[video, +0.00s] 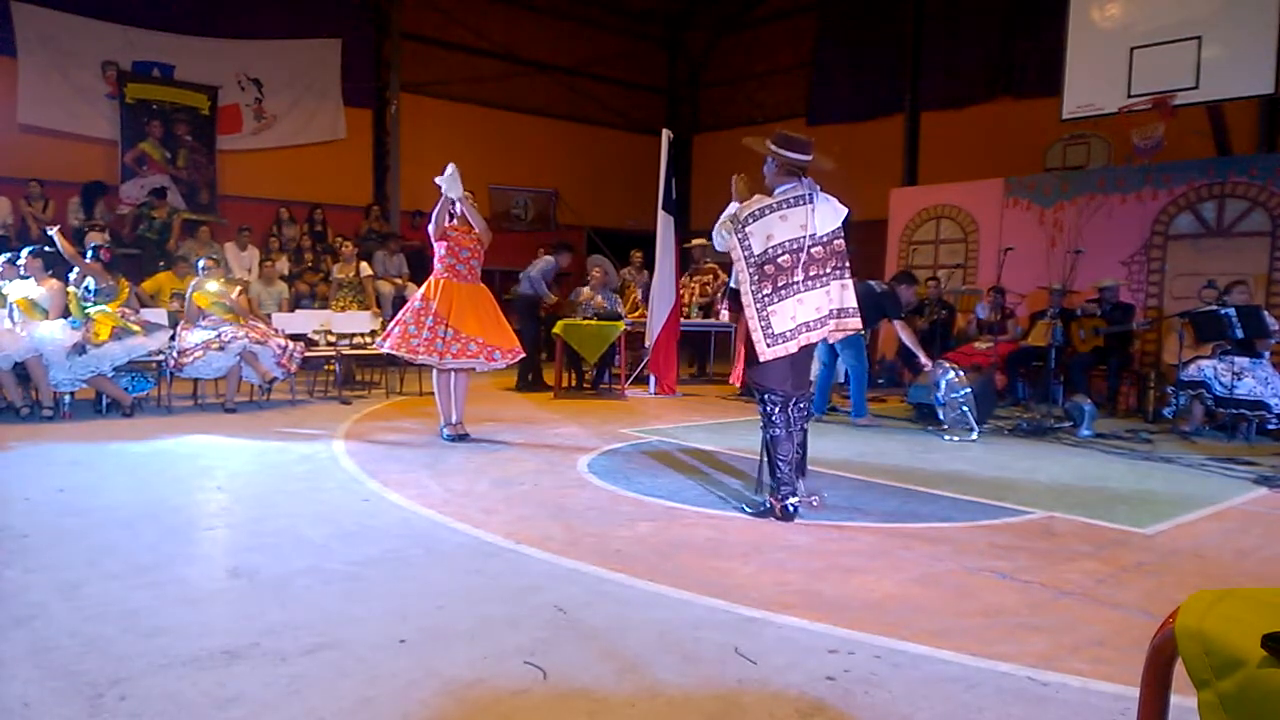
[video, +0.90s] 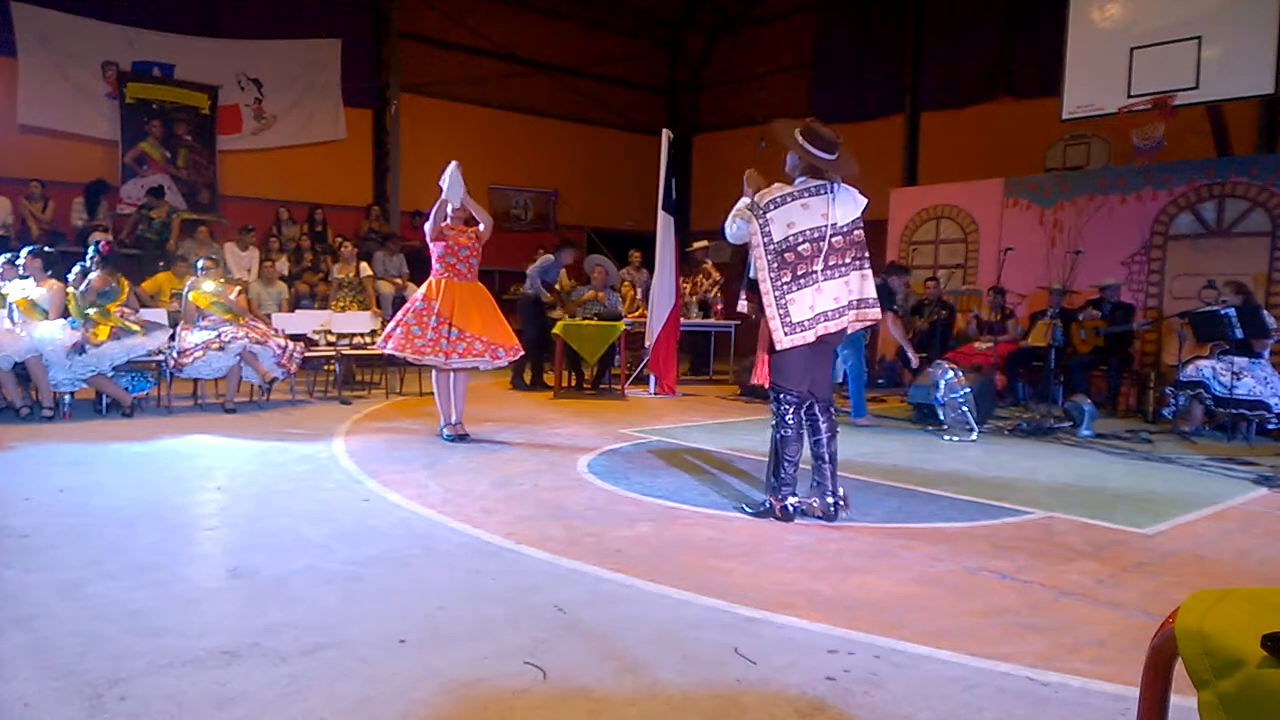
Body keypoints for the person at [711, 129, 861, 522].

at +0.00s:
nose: (763, 167)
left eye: (767, 162)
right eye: (767, 161)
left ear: (778, 167)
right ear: (803, 168)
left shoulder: (758, 210)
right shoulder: (828, 207)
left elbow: (720, 240)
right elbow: (834, 267)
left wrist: (738, 203)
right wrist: (834, 319)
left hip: (769, 320)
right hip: (809, 315)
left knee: (775, 407)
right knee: (798, 402)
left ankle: (783, 498)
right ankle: (795, 486)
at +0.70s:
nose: (775, 155)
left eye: (780, 152)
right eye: (780, 150)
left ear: (789, 159)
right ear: (817, 162)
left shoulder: (764, 202)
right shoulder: (836, 199)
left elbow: (726, 233)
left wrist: (745, 195)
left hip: (783, 316)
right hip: (826, 312)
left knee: (782, 399)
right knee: (810, 397)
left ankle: (781, 495)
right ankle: (826, 491)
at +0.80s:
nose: (781, 154)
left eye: (787, 151)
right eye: (786, 150)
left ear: (795, 160)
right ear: (822, 162)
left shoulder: (766, 203)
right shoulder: (840, 199)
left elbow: (728, 233)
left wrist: (746, 197)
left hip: (783, 318)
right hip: (828, 315)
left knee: (785, 404)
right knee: (817, 404)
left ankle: (782, 495)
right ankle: (828, 495)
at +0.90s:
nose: (787, 154)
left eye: (792, 150)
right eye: (791, 149)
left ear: (799, 159)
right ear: (827, 162)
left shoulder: (773, 201)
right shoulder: (843, 198)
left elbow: (733, 231)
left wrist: (750, 194)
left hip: (788, 317)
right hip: (831, 314)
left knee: (787, 404)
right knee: (820, 403)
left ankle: (781, 496)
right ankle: (828, 495)